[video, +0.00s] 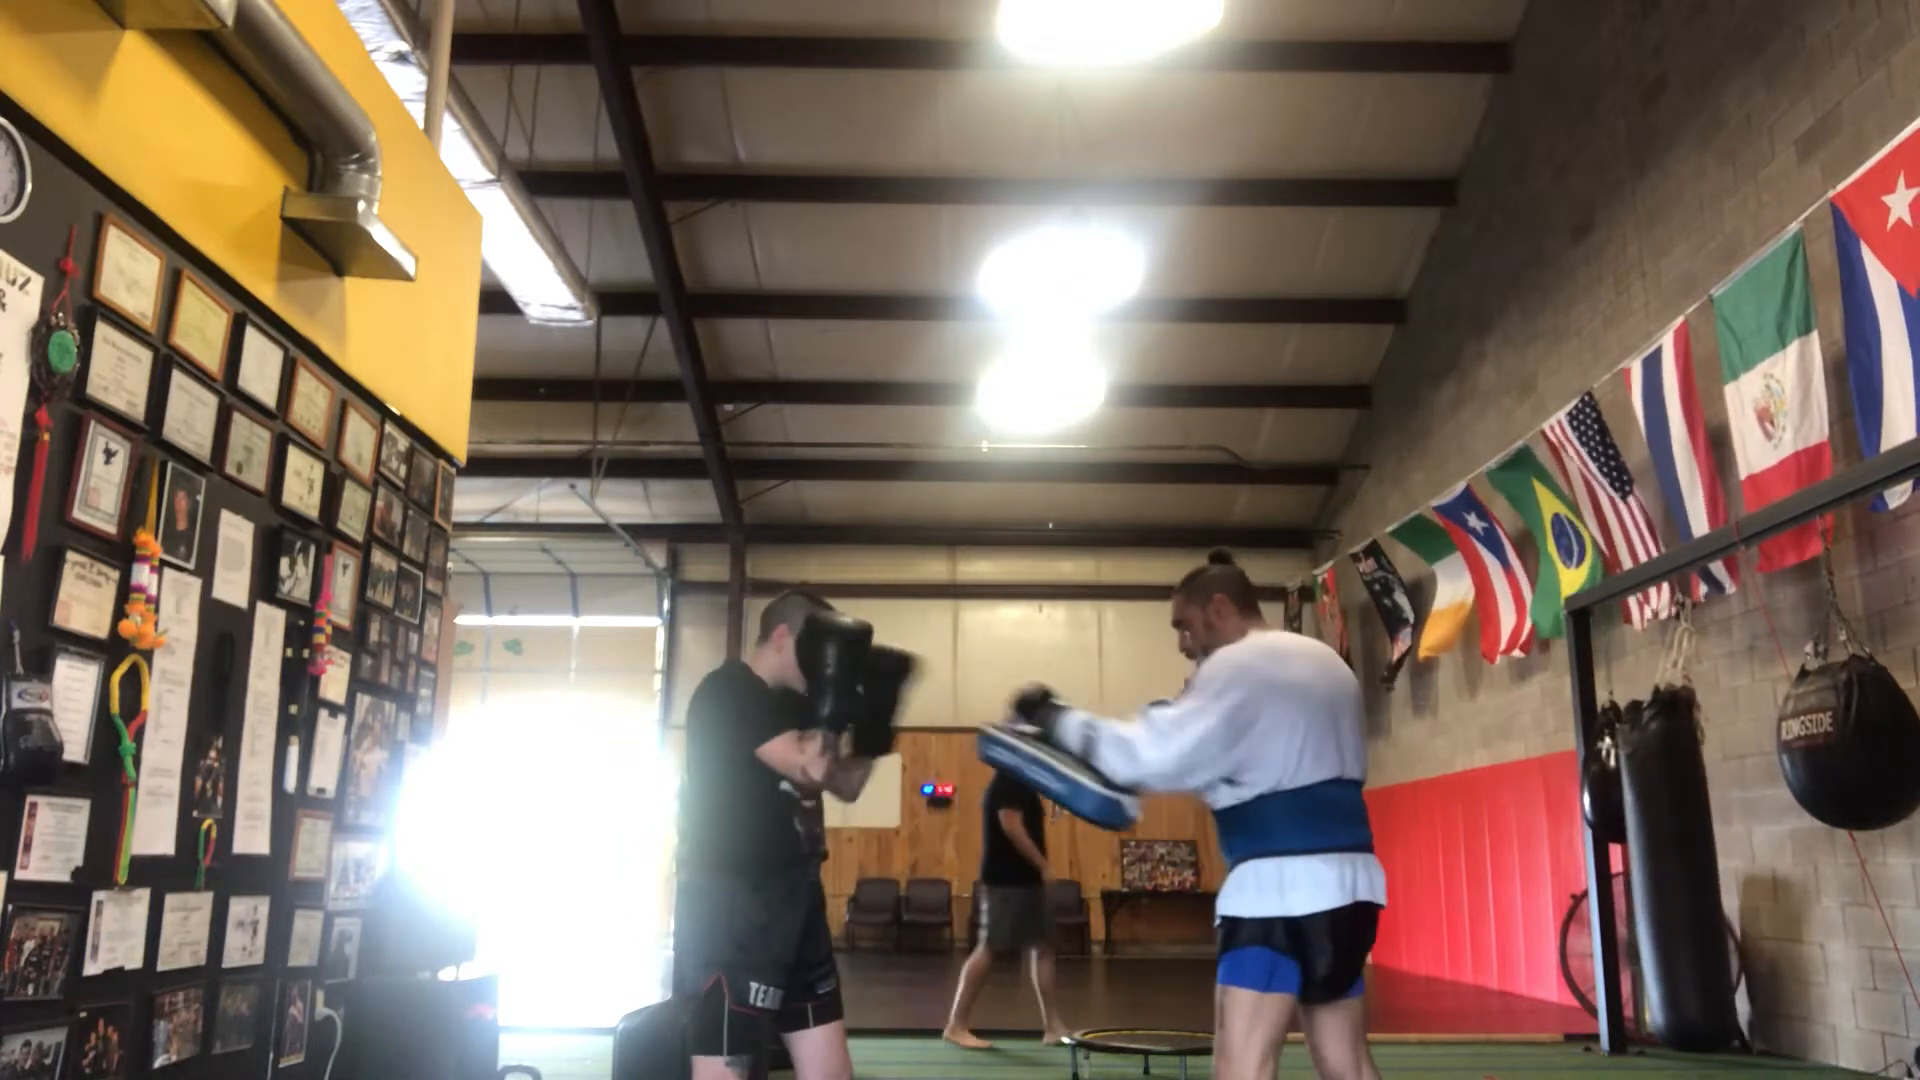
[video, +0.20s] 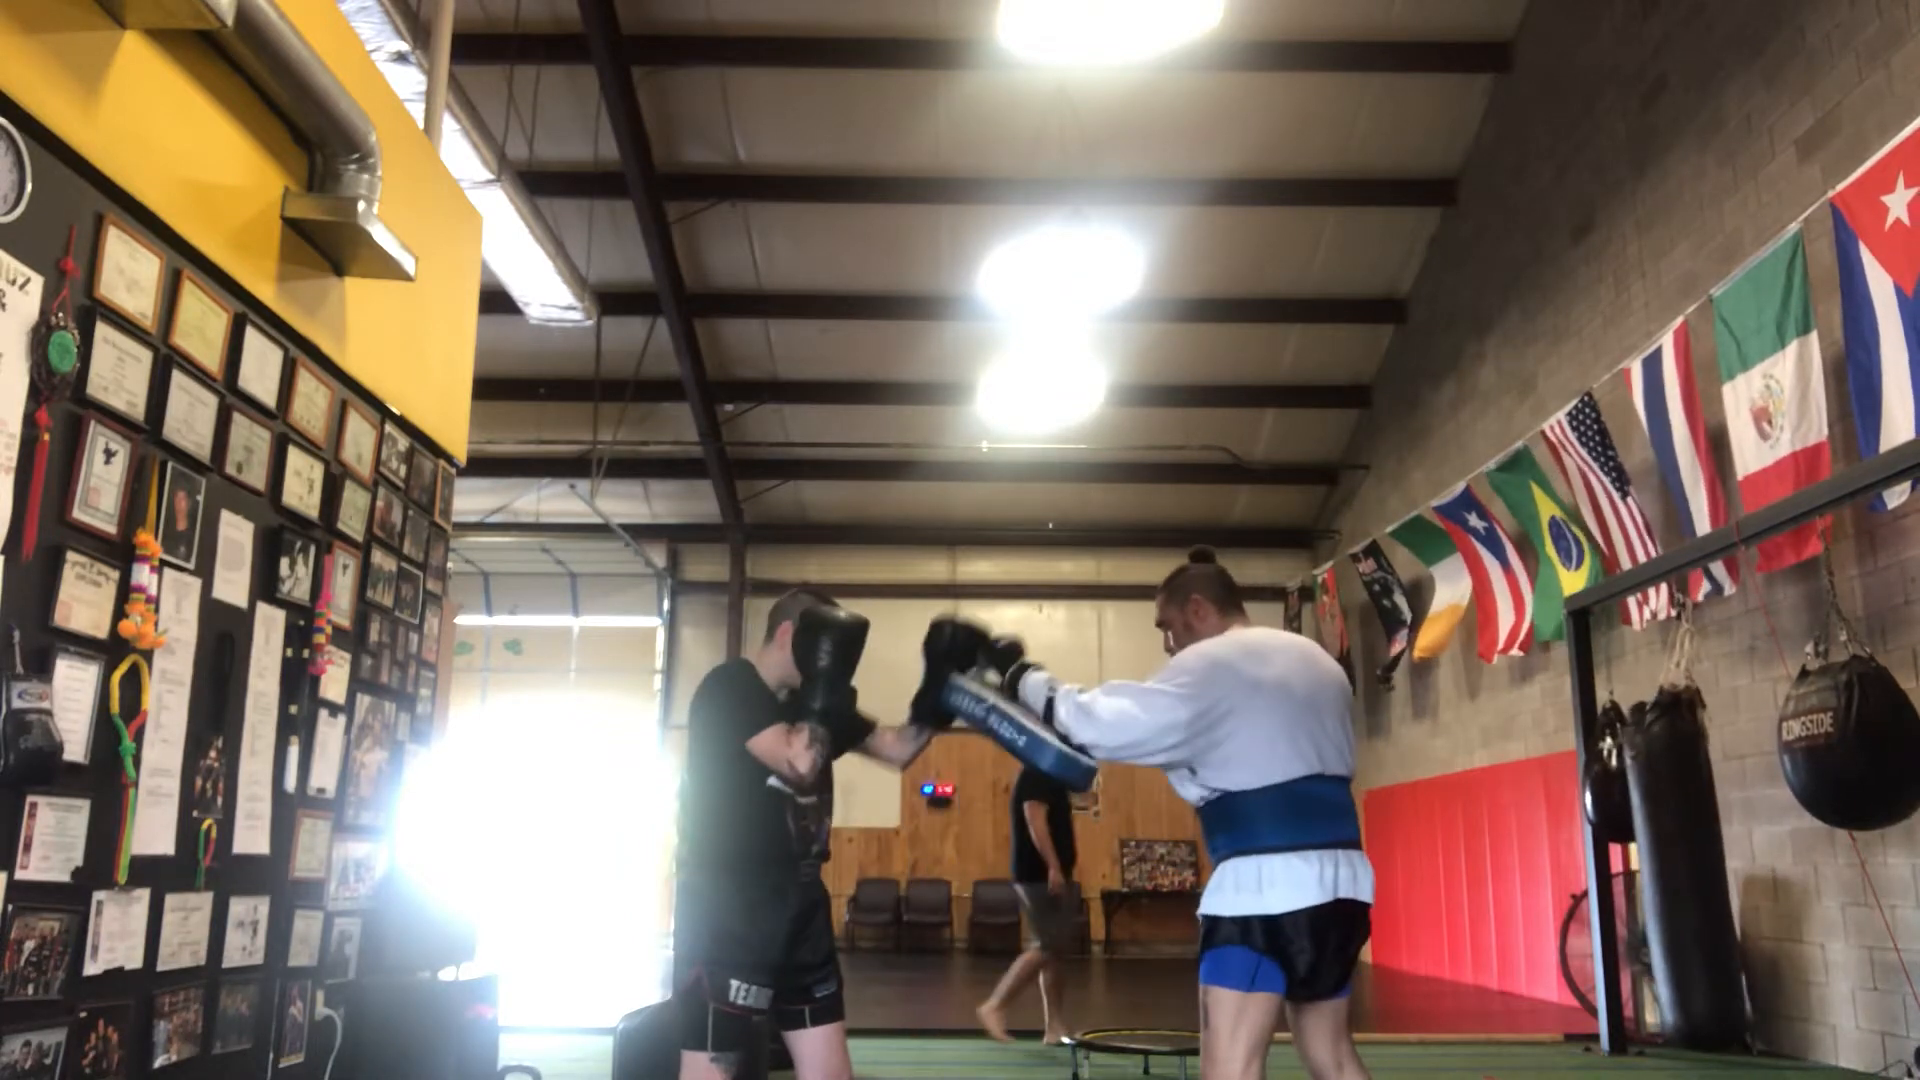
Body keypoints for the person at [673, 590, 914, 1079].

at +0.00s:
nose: (820, 658)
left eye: (825, 646)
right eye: (814, 644)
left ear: (786, 640)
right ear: (783, 637)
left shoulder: (795, 703)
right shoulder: (726, 691)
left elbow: (849, 786)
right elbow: (812, 768)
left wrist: (874, 706)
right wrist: (837, 691)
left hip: (796, 918)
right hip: (731, 918)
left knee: (829, 1070)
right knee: (722, 1071)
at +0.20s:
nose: (825, 656)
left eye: (831, 646)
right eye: (819, 643)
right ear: (787, 633)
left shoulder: (809, 703)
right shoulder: (727, 688)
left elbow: (897, 749)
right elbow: (800, 764)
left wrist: (942, 679)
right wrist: (824, 679)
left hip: (801, 913)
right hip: (729, 913)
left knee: (828, 1069)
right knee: (710, 1069)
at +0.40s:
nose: (824, 656)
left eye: (831, 645)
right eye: (819, 642)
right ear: (786, 633)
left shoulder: (815, 695)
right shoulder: (724, 689)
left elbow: (914, 720)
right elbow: (793, 768)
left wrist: (977, 678)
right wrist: (820, 686)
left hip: (796, 910)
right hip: (725, 913)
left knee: (823, 1070)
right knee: (713, 1071)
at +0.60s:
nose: (822, 664)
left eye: (828, 653)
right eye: (817, 649)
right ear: (776, 637)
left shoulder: (801, 717)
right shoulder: (717, 691)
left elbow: (843, 807)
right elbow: (760, 785)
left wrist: (896, 755)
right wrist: (816, 711)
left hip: (794, 908)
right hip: (723, 909)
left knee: (824, 1069)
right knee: (716, 1070)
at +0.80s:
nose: (805, 669)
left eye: (812, 657)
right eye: (804, 653)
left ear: (771, 643)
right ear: (771, 639)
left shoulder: (778, 705)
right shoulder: (708, 691)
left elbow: (839, 784)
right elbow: (782, 775)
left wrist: (853, 700)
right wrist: (823, 694)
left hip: (777, 906)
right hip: (712, 908)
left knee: (825, 1069)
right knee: (709, 1070)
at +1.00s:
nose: (804, 659)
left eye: (810, 647)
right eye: (799, 645)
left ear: (767, 639)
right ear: (766, 635)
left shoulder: (778, 698)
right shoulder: (707, 685)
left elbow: (824, 787)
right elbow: (783, 773)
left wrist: (841, 701)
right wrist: (817, 692)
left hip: (772, 901)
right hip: (706, 905)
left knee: (838, 1057)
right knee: (701, 1070)